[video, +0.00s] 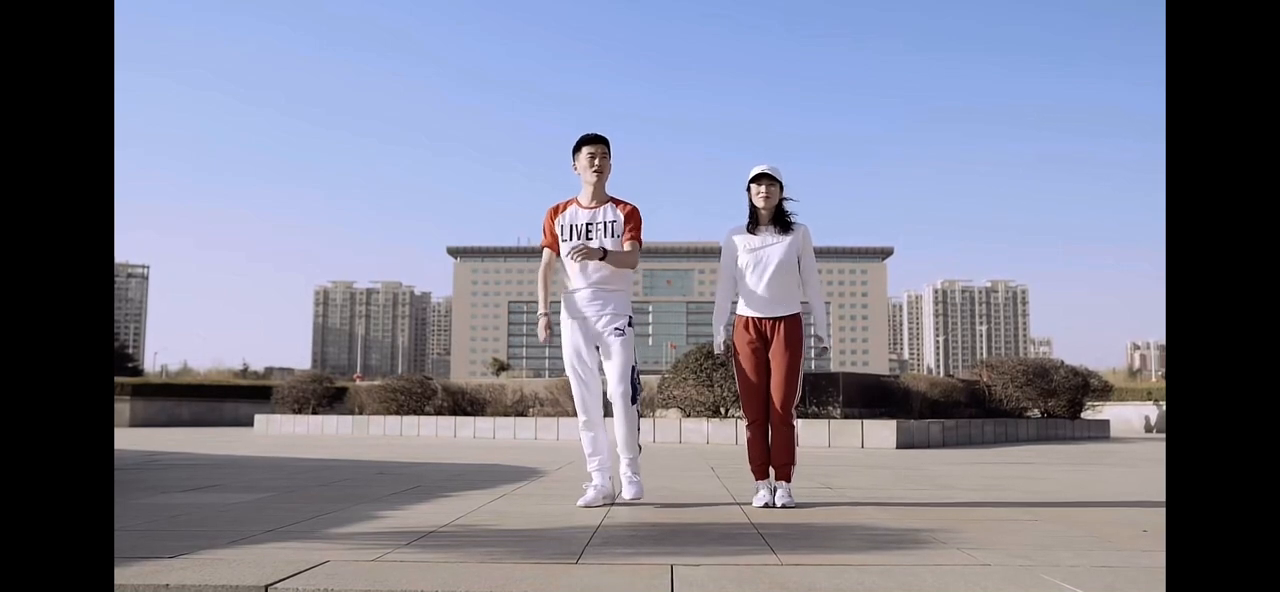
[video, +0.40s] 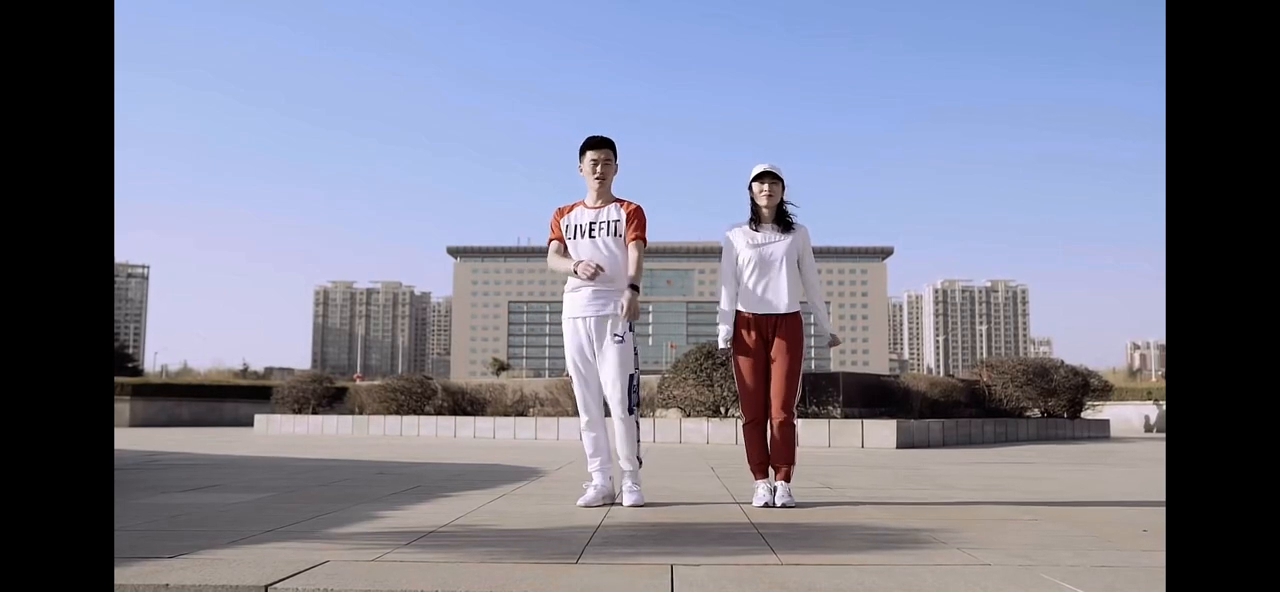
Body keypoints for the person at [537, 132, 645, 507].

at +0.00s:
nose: (598, 161)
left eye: (603, 156)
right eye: (590, 156)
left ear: (610, 164)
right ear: (576, 165)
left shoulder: (626, 211)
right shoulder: (557, 214)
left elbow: (632, 260)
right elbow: (546, 267)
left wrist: (600, 254)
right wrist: (543, 310)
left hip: (614, 312)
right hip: (575, 315)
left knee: (620, 393)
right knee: (585, 401)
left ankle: (629, 472)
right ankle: (600, 481)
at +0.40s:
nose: (600, 168)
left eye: (607, 162)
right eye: (593, 162)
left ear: (615, 168)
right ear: (581, 169)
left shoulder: (629, 211)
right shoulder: (564, 215)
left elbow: (636, 253)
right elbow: (553, 258)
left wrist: (632, 290)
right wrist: (574, 266)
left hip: (614, 312)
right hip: (576, 316)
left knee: (619, 399)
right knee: (588, 404)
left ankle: (630, 481)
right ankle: (600, 482)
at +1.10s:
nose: (601, 169)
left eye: (608, 163)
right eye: (594, 162)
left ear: (616, 169)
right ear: (581, 168)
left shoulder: (630, 217)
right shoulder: (561, 214)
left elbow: (638, 271)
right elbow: (554, 272)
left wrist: (648, 321)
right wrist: (557, 321)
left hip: (618, 314)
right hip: (576, 316)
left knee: (620, 397)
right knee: (584, 405)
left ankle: (630, 478)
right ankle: (599, 482)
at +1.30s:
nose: (600, 161)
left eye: (606, 155)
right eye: (593, 155)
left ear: (615, 161)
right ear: (580, 162)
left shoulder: (632, 209)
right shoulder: (560, 207)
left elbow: (645, 261)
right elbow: (542, 257)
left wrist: (641, 261)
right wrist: (523, 305)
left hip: (618, 307)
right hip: (576, 311)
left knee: (627, 386)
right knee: (584, 399)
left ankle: (633, 454)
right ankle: (598, 479)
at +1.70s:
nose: (597, 147)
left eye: (604, 142)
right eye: (591, 142)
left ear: (615, 151)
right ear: (580, 151)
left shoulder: (632, 196)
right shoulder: (564, 200)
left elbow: (642, 247)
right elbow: (561, 256)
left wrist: (648, 288)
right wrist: (559, 306)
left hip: (621, 300)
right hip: (582, 303)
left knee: (624, 371)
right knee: (593, 393)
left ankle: (631, 436)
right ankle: (603, 471)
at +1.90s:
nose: (606, 162)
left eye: (614, 157)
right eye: (600, 157)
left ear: (626, 166)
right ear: (590, 165)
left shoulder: (641, 215)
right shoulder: (570, 208)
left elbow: (644, 259)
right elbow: (546, 257)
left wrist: (650, 294)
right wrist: (556, 244)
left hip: (626, 302)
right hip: (586, 307)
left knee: (613, 309)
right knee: (596, 396)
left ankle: (620, 400)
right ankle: (617, 478)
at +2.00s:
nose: (613, 151)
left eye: (620, 146)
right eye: (607, 145)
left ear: (629, 154)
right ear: (593, 152)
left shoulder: (639, 198)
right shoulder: (571, 192)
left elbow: (643, 235)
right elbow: (540, 239)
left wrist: (651, 260)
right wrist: (562, 211)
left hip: (623, 297)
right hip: (584, 301)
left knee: (616, 369)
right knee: (594, 386)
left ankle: (613, 468)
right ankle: (614, 463)